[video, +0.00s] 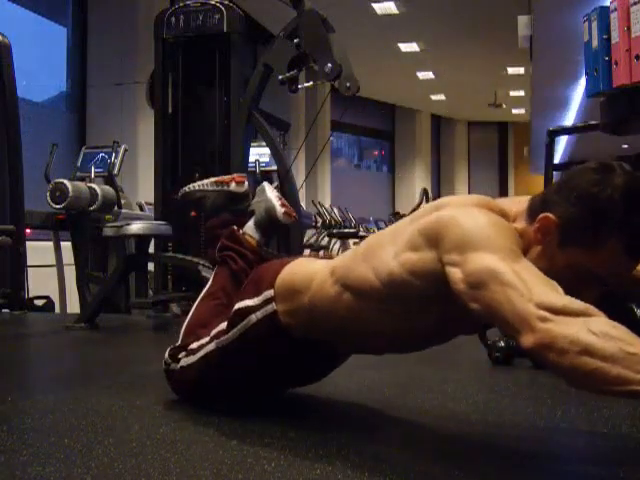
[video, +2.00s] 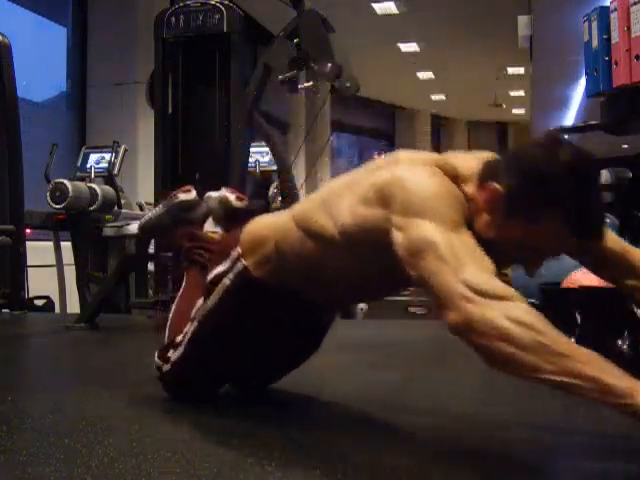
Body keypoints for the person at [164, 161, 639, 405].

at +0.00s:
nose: (576, 287)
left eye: (589, 283)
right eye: (579, 276)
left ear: (546, 226)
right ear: (543, 232)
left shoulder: (523, 228)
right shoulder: (469, 232)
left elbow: (577, 316)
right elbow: (547, 338)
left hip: (331, 326)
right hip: (284, 312)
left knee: (226, 378)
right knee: (184, 371)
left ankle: (264, 253)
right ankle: (231, 246)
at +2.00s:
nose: (527, 264)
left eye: (543, 255)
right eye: (529, 249)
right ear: (494, 204)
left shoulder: (520, 184)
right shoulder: (418, 190)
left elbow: (622, 264)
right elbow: (483, 316)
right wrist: (628, 391)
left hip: (317, 302)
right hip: (261, 282)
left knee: (244, 382)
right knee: (179, 377)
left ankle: (233, 248)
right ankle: (200, 259)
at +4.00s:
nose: (425, 226)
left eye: (438, 221)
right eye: (425, 215)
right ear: (395, 171)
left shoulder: (423, 153)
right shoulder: (329, 150)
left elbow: (503, 231)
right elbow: (344, 266)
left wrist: (577, 314)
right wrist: (452, 361)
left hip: (274, 258)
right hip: (209, 246)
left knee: (225, 375)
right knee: (177, 375)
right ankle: (161, 252)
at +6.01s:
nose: (406, 125)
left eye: (419, 116)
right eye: (403, 110)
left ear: (431, 101)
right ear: (370, 71)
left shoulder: (412, 109)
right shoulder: (301, 85)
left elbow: (437, 210)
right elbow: (271, 207)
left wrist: (457, 310)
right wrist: (317, 331)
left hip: (274, 259)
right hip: (213, 246)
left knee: (227, 376)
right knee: (175, 378)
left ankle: (175, 265)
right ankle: (158, 260)